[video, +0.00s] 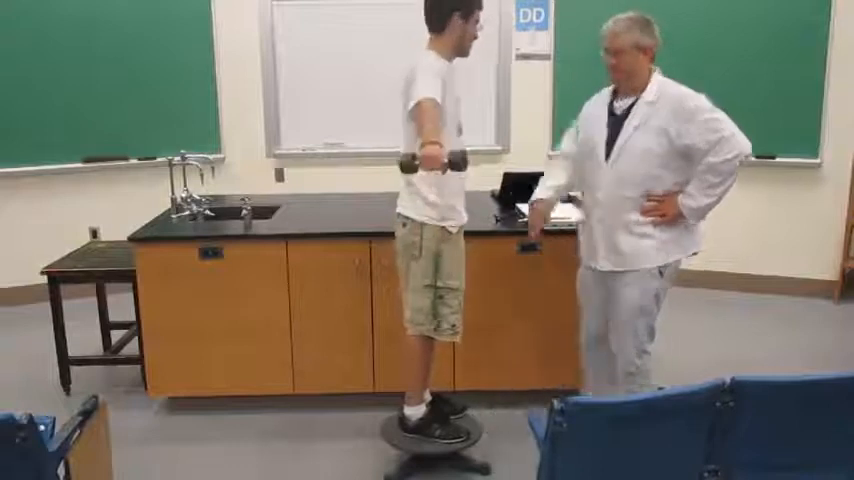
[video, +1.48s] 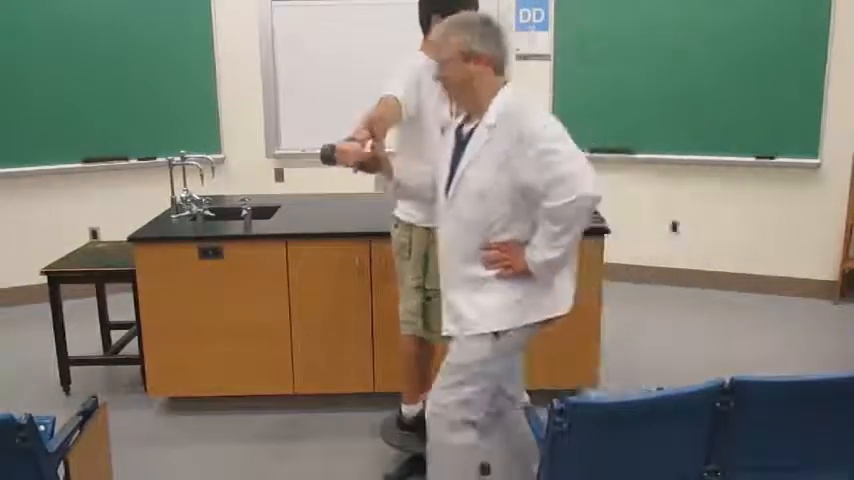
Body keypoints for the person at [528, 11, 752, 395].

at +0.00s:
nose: (609, 61)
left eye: (617, 53)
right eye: (606, 53)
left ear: (647, 53)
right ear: (605, 55)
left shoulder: (680, 104)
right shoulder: (595, 106)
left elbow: (732, 149)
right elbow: (566, 159)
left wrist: (687, 204)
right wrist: (542, 201)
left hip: (646, 250)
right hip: (596, 248)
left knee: (628, 348)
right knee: (594, 343)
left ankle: (635, 435)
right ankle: (599, 428)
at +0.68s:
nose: (606, 63)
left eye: (616, 55)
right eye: (604, 54)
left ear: (649, 58)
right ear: (601, 57)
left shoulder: (696, 115)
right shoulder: (584, 115)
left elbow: (753, 158)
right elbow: (535, 146)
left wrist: (703, 217)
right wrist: (482, 156)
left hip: (657, 281)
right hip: (590, 276)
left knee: (654, 390)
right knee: (586, 375)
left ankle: (652, 479)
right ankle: (602, 467)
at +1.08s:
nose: (539, 72)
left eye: (549, 62)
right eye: (538, 62)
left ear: (585, 65)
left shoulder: (633, 124)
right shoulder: (528, 127)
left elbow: (695, 177)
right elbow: (492, 170)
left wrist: (646, 241)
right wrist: (437, 161)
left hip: (605, 301)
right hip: (537, 299)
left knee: (618, 412)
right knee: (534, 407)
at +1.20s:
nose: (492, 73)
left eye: (500, 61)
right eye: (491, 62)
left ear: (538, 60)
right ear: (528, 62)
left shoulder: (584, 119)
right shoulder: (497, 121)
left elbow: (640, 178)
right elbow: (469, 179)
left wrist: (591, 245)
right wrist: (415, 164)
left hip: (554, 306)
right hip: (502, 302)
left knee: (538, 425)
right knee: (514, 420)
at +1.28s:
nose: (492, 73)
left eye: (500, 61)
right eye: (491, 62)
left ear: (538, 60)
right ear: (528, 62)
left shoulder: (584, 119)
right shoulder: (497, 121)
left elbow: (640, 178)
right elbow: (469, 179)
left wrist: (591, 245)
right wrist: (415, 164)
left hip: (550, 305)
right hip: (501, 300)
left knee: (535, 423)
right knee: (512, 417)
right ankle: (525, 476)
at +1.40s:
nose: (436, 76)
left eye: (442, 64)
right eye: (436, 65)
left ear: (479, 63)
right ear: (475, 64)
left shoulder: (525, 121)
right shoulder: (463, 126)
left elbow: (577, 190)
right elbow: (442, 190)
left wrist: (537, 256)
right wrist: (384, 167)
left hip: (507, 303)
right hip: (470, 300)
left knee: (448, 410)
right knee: (501, 409)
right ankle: (529, 475)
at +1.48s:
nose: (436, 76)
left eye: (442, 64)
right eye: (436, 65)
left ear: (479, 63)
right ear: (475, 64)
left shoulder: (525, 121)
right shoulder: (463, 126)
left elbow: (577, 190)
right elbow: (442, 190)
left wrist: (537, 256)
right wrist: (384, 167)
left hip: (507, 303)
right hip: (470, 300)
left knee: (448, 410)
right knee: (501, 409)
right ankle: (529, 475)